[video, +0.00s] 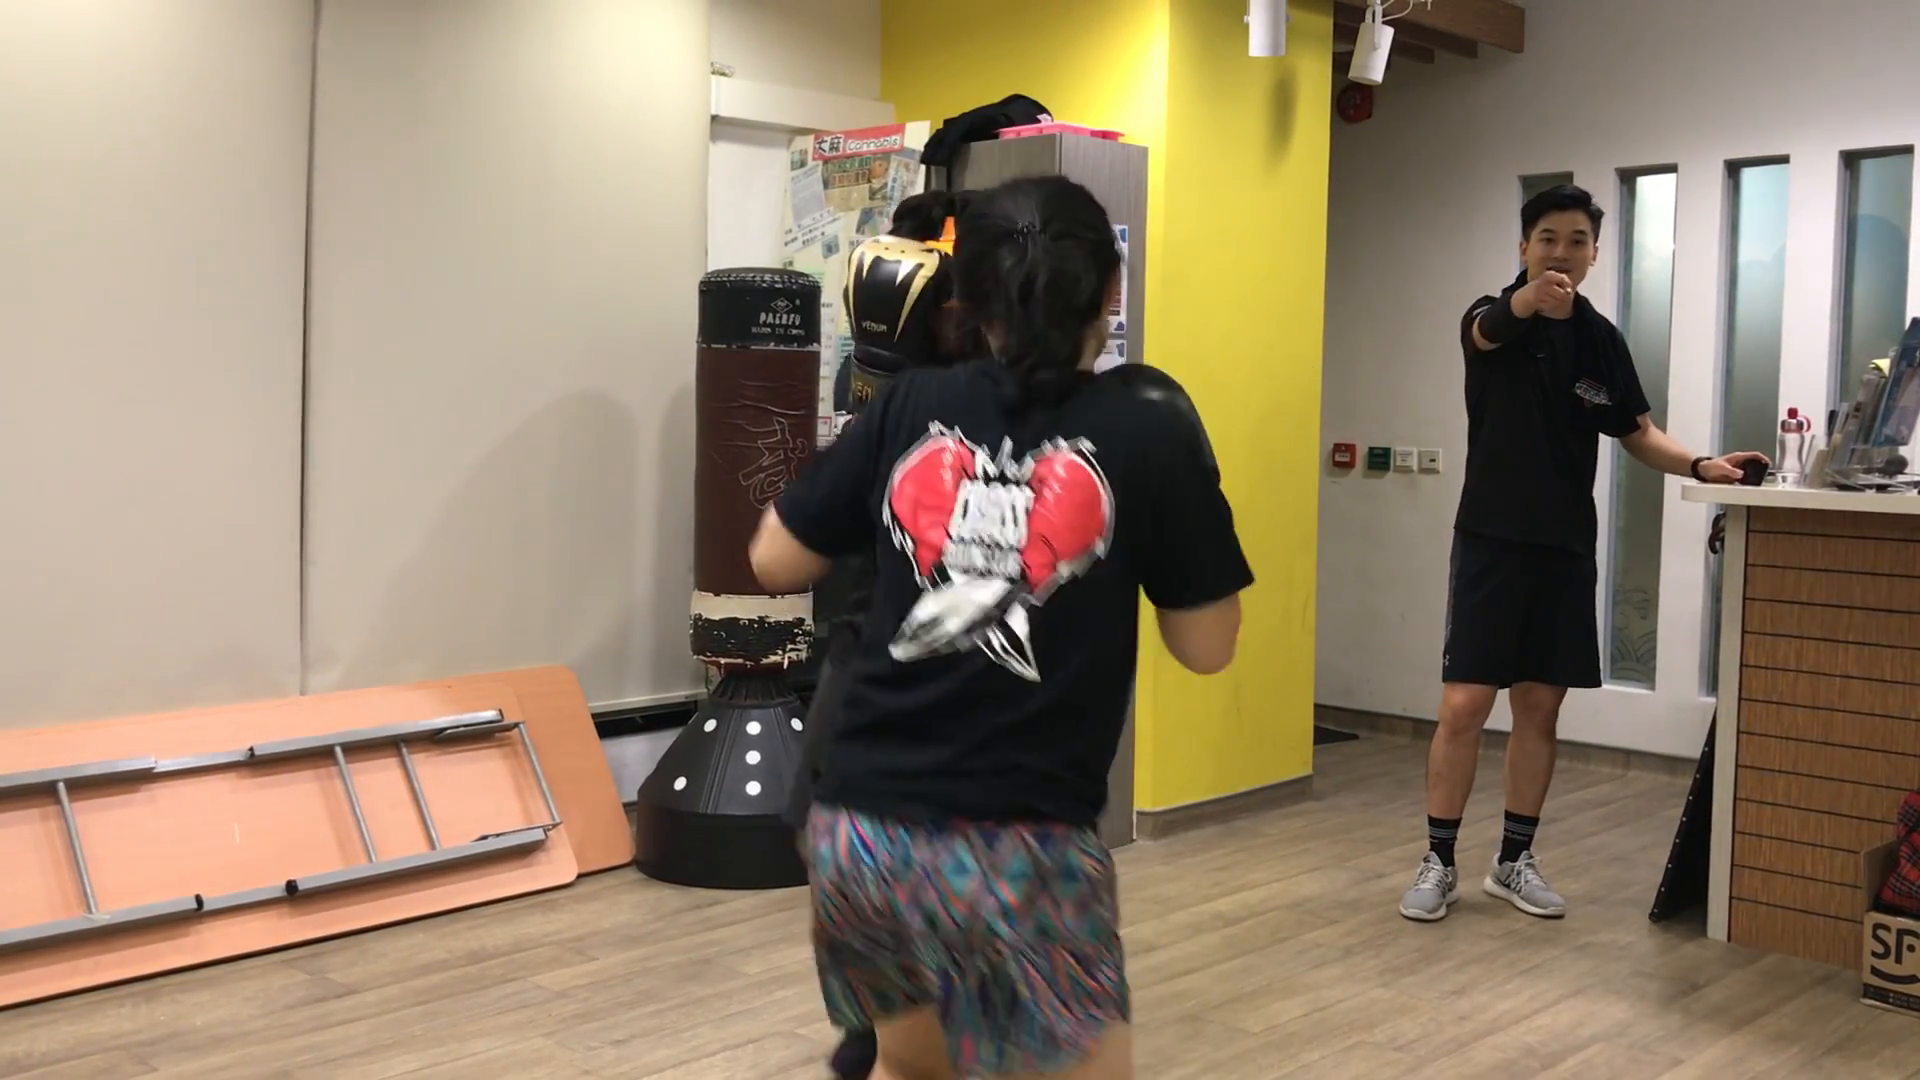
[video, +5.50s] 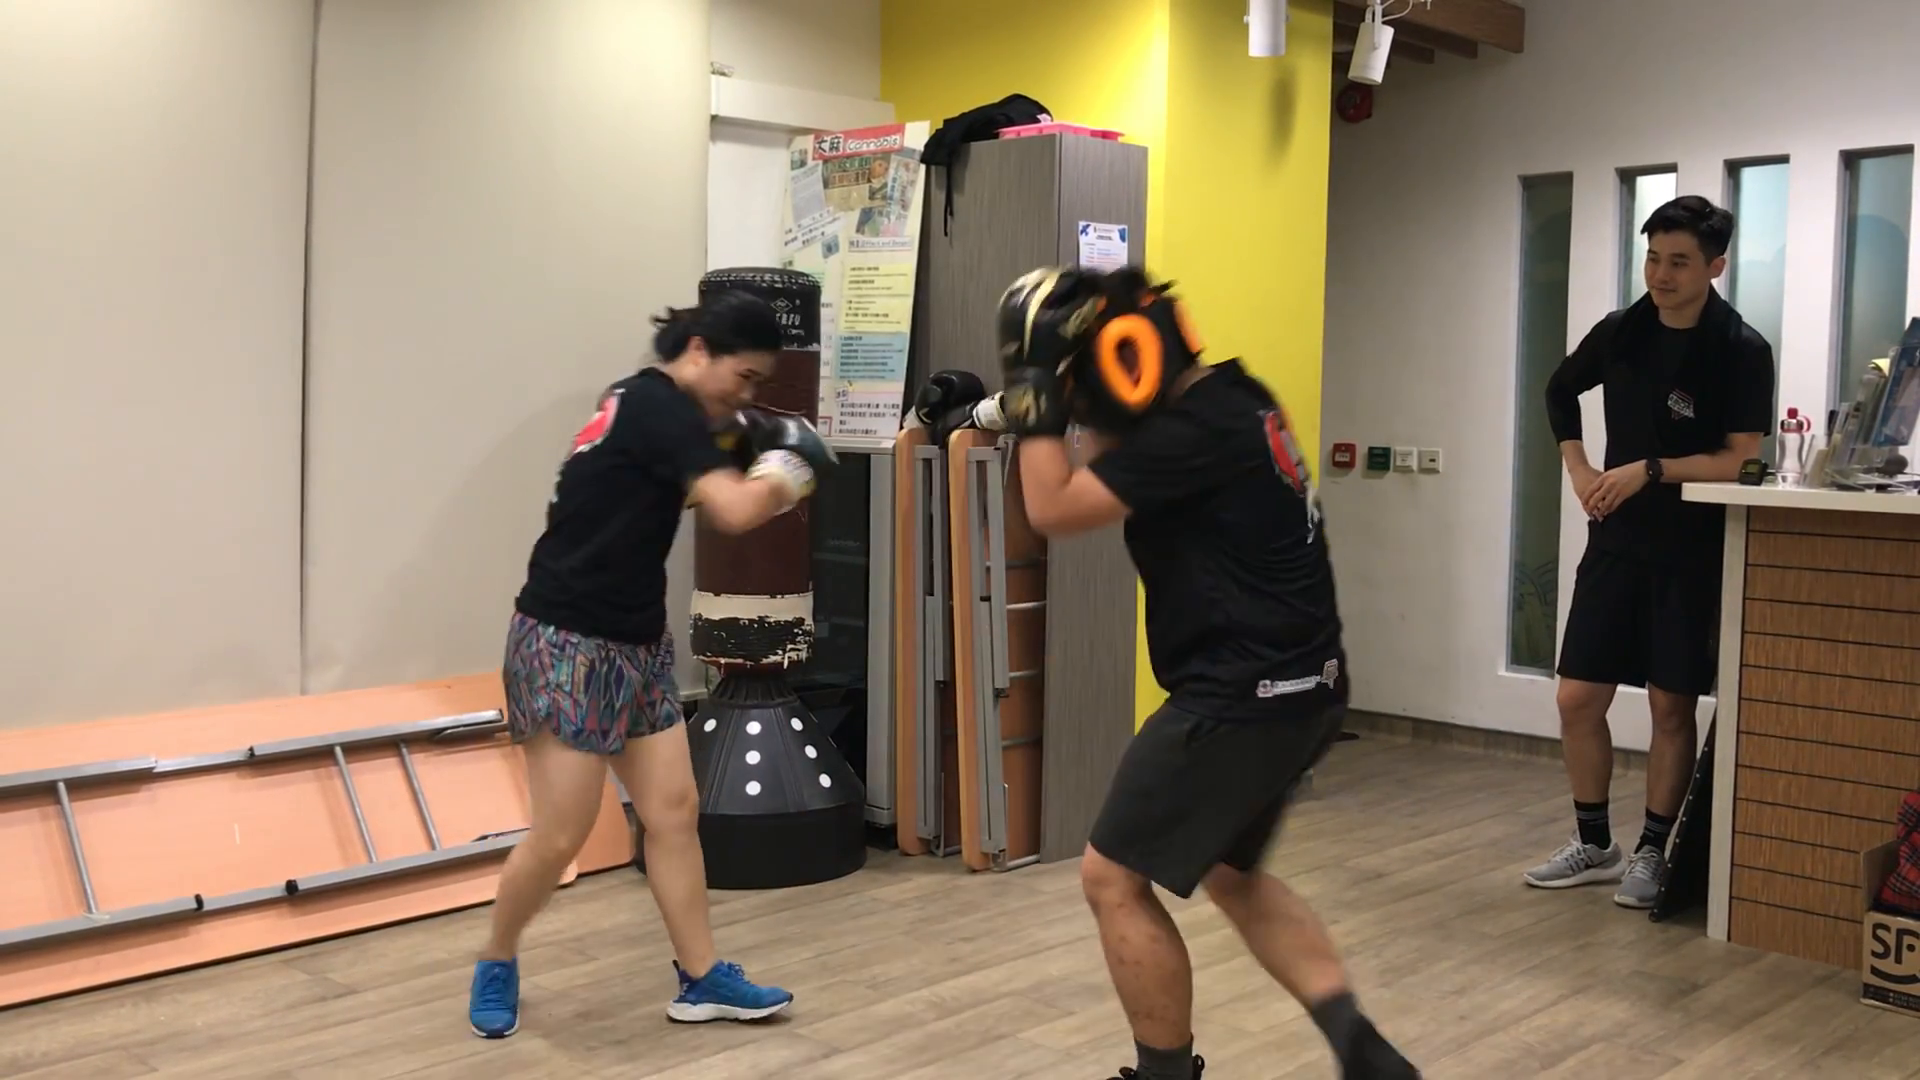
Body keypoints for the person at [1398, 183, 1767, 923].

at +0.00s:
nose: (1564, 255)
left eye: (1578, 242)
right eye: (1551, 239)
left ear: (1597, 253)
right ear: (1525, 247)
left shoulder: (1600, 337)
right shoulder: (1489, 319)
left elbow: (1639, 433)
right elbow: (1487, 330)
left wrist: (1701, 464)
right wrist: (1529, 302)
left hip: (1564, 547)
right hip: (1489, 539)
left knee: (1539, 708)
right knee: (1462, 708)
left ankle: (1514, 861)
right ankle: (1437, 863)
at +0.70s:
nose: (1571, 254)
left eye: (1587, 243)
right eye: (1558, 240)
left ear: (1605, 253)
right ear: (1536, 245)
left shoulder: (1617, 340)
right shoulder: (1502, 325)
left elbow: (1641, 437)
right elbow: (1449, 412)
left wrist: (1684, 457)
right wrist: (1526, 381)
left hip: (1573, 545)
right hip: (1496, 539)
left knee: (1543, 706)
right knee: (1468, 700)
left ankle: (1515, 861)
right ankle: (1435, 861)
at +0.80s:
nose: (1577, 256)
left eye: (1593, 244)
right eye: (1565, 241)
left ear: (1613, 254)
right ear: (1543, 247)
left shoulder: (1626, 343)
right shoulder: (1502, 335)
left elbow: (1646, 439)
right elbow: (1451, 431)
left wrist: (1665, 453)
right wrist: (1505, 457)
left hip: (1577, 548)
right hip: (1499, 542)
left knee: (1545, 705)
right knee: (1468, 699)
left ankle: (1515, 861)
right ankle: (1434, 859)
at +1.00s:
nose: (1573, 257)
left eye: (1590, 245)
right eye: (1561, 242)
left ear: (1612, 255)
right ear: (1544, 248)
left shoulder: (1637, 345)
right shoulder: (1504, 337)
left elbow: (1670, 430)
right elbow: (1459, 429)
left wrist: (1662, 450)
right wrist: (1481, 498)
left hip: (1586, 548)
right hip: (1506, 538)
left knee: (1551, 706)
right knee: (1475, 701)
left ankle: (1517, 858)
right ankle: (1481, 818)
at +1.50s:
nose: (1570, 270)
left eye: (1586, 258)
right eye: (1560, 257)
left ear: (1614, 263)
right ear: (1547, 261)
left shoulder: (1646, 344)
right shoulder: (1525, 341)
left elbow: (1690, 437)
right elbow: (1485, 424)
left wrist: (1642, 467)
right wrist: (1483, 481)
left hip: (1608, 538)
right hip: (1538, 534)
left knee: (1583, 689)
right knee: (1548, 689)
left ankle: (1601, 845)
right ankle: (1573, 834)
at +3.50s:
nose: (1670, 270)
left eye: (1689, 259)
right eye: (1663, 256)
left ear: (1723, 264)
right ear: (1652, 256)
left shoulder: (1747, 350)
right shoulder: (1628, 328)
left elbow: (1745, 457)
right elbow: (1564, 389)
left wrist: (1649, 469)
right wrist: (1585, 467)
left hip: (1699, 546)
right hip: (1624, 538)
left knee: (1674, 706)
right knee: (1583, 696)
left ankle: (1653, 854)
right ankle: (1594, 844)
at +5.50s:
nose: (1661, 274)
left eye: (1679, 261)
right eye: (1653, 259)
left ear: (1716, 263)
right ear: (1643, 259)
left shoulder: (1742, 350)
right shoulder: (1620, 331)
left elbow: (1745, 458)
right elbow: (1560, 390)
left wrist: (1649, 469)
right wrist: (1577, 466)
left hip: (1692, 546)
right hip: (1617, 538)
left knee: (1670, 707)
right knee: (1577, 695)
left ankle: (1652, 853)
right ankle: (1593, 843)